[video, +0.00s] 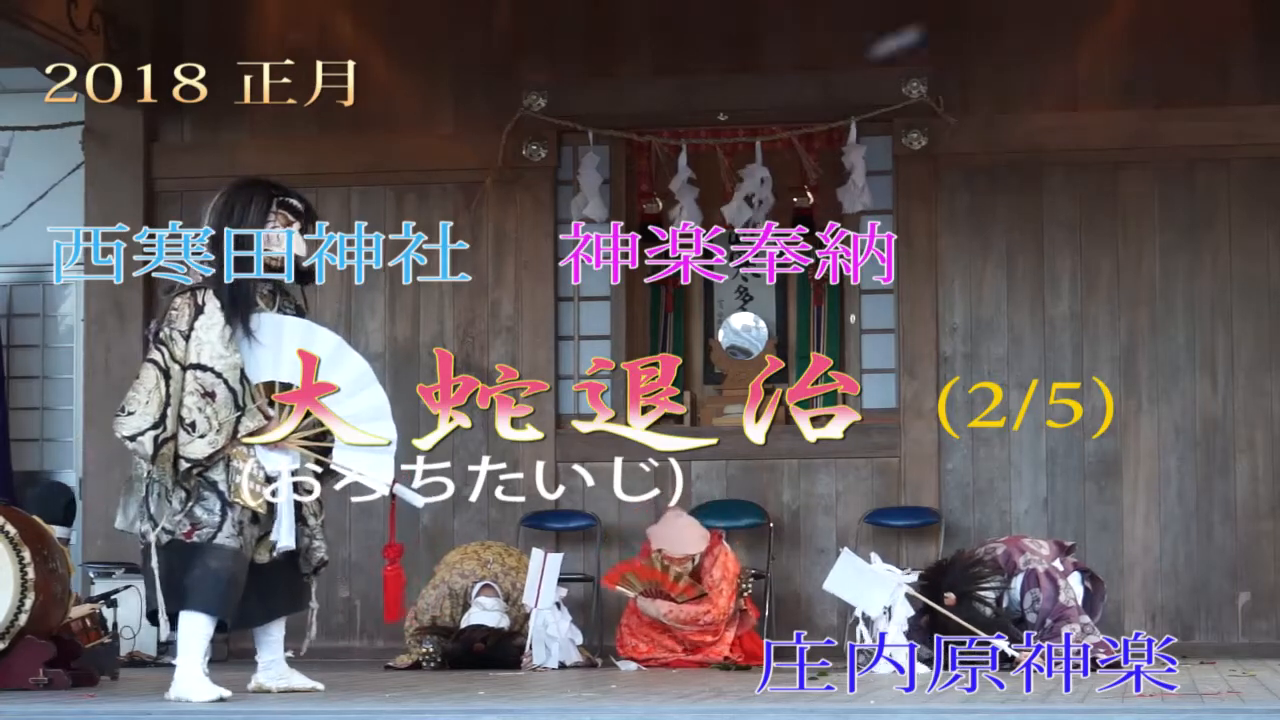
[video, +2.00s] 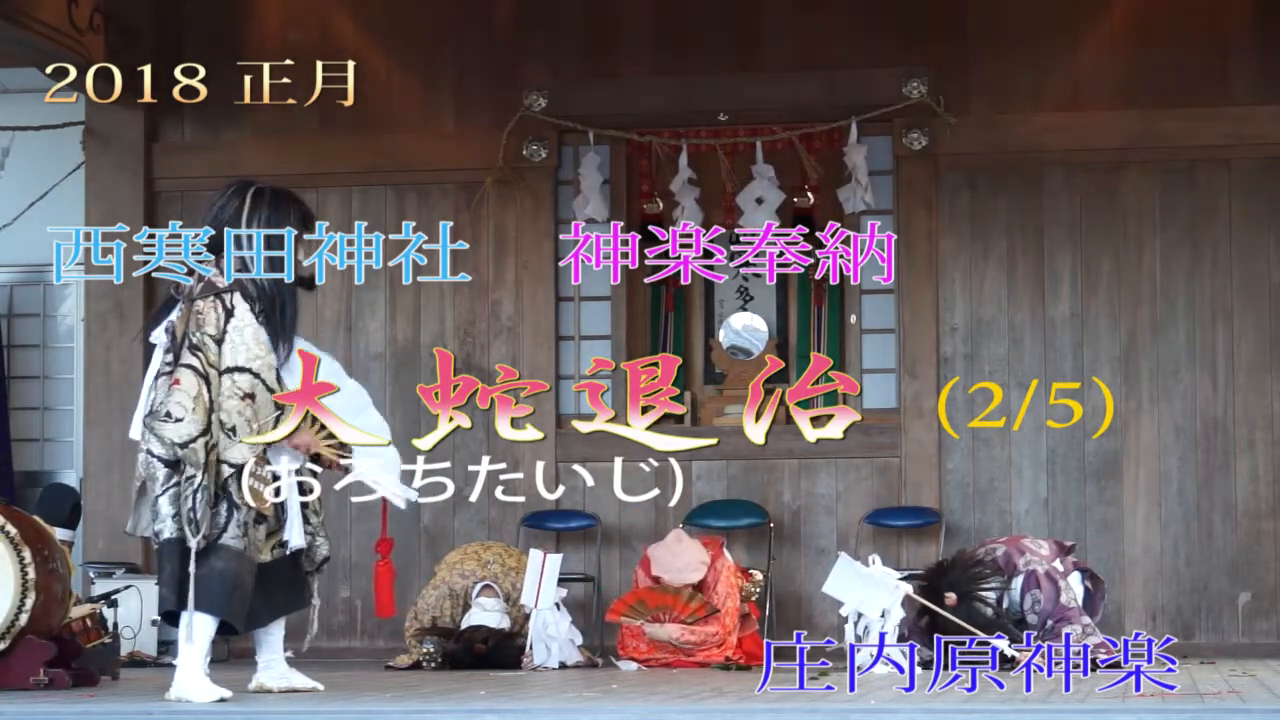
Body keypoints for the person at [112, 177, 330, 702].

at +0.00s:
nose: (292, 238)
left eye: (295, 228)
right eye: (280, 225)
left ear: (293, 240)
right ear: (245, 230)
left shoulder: (286, 305)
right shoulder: (205, 306)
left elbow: (303, 384)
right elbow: (196, 405)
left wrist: (307, 434)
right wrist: (253, 439)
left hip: (272, 457)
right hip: (218, 458)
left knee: (275, 553)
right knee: (218, 553)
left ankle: (272, 665)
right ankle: (189, 673)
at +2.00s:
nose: (306, 253)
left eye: (304, 239)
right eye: (298, 238)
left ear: (236, 235)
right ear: (264, 238)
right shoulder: (229, 305)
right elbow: (240, 408)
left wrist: (305, 432)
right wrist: (288, 439)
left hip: (251, 453)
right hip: (219, 455)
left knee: (275, 548)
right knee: (224, 551)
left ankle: (272, 665)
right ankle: (190, 674)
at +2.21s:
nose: (306, 257)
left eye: (304, 243)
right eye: (299, 242)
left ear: (236, 238)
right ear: (268, 241)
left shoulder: (212, 303)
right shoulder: (246, 309)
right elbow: (263, 405)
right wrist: (318, 438)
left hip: (262, 449)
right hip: (233, 450)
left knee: (282, 549)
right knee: (231, 551)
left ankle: (273, 663)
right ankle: (191, 672)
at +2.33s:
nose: (300, 255)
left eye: (301, 244)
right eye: (296, 243)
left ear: (238, 239)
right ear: (270, 243)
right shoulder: (219, 304)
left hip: (247, 446)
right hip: (201, 451)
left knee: (287, 545)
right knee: (236, 547)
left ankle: (274, 663)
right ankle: (192, 670)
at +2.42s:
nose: (308, 262)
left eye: (308, 251)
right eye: (301, 249)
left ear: (237, 244)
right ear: (273, 247)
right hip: (202, 447)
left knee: (290, 546)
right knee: (251, 550)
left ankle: (274, 664)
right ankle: (194, 670)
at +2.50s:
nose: (291, 246)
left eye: (293, 235)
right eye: (281, 235)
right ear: (252, 234)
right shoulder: (225, 292)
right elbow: (228, 386)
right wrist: (277, 445)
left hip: (253, 443)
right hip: (218, 448)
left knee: (291, 546)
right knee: (263, 556)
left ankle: (273, 664)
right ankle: (195, 671)